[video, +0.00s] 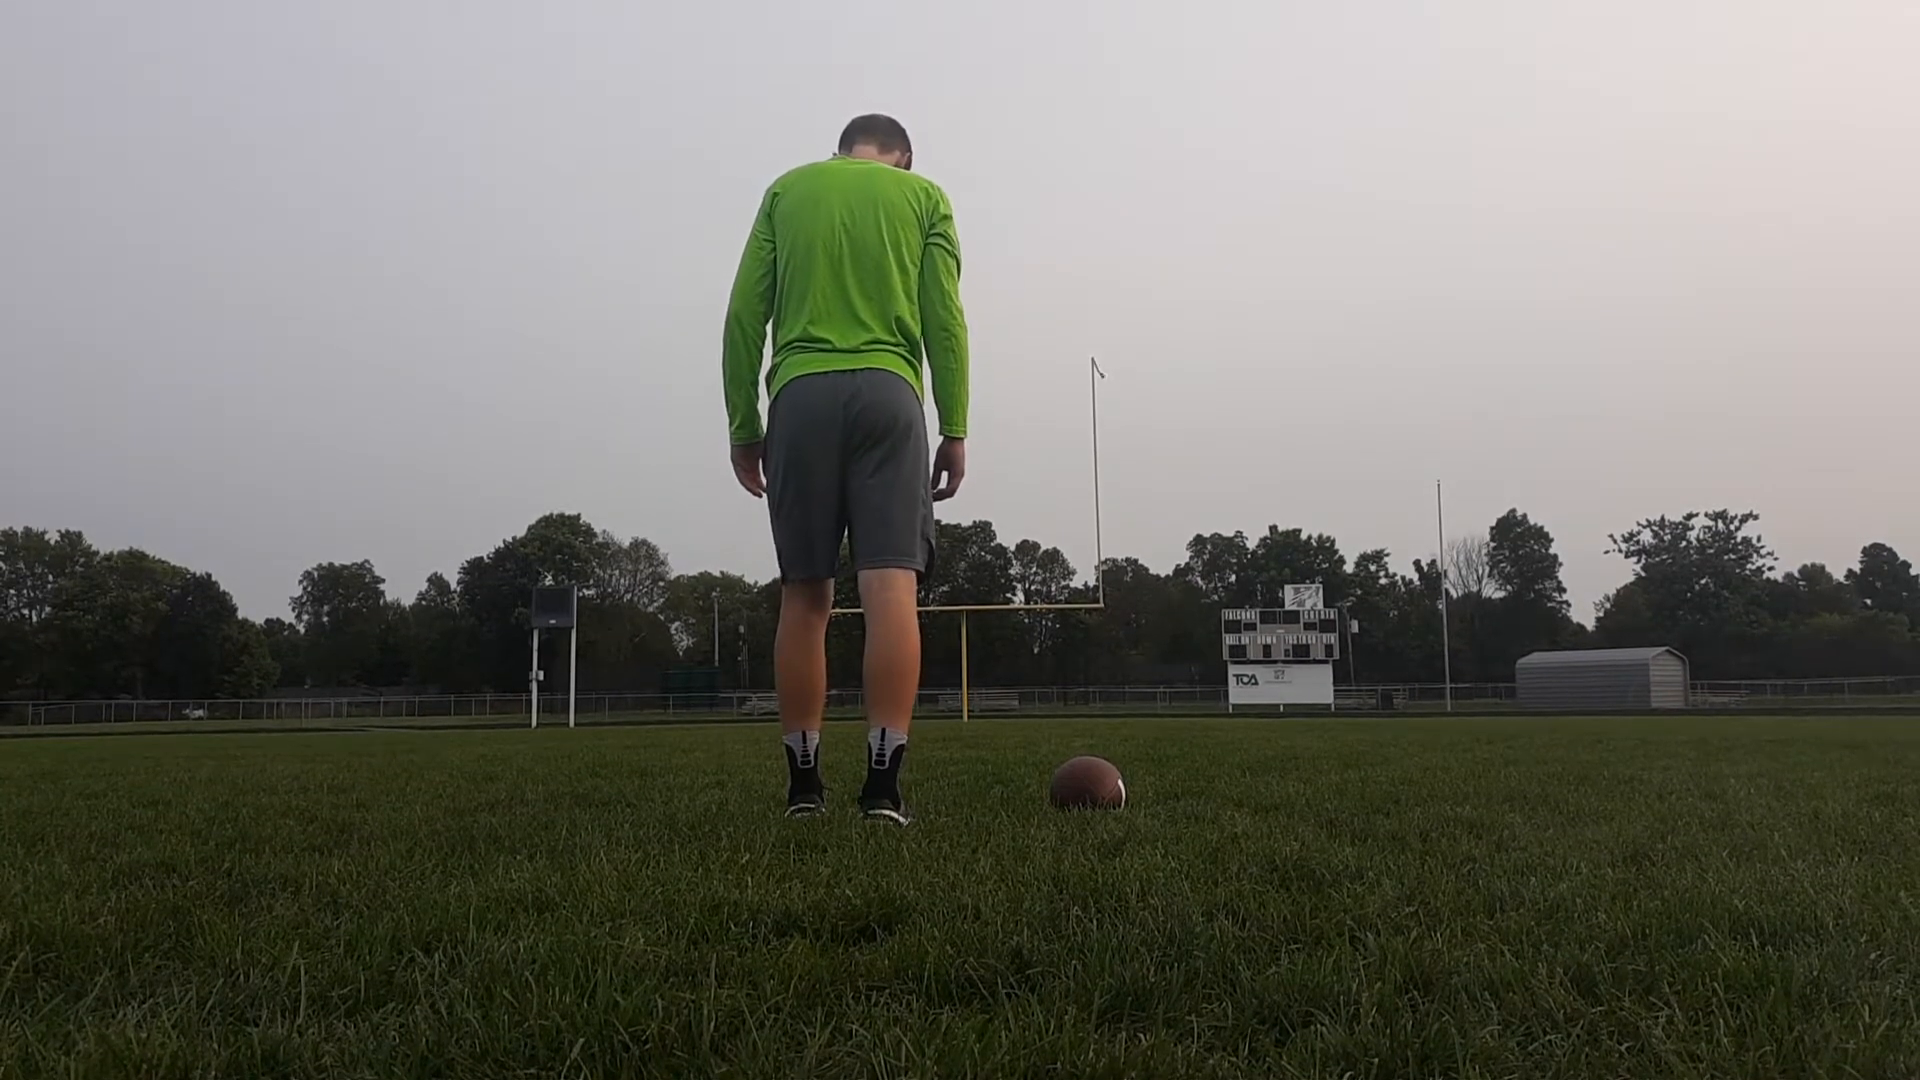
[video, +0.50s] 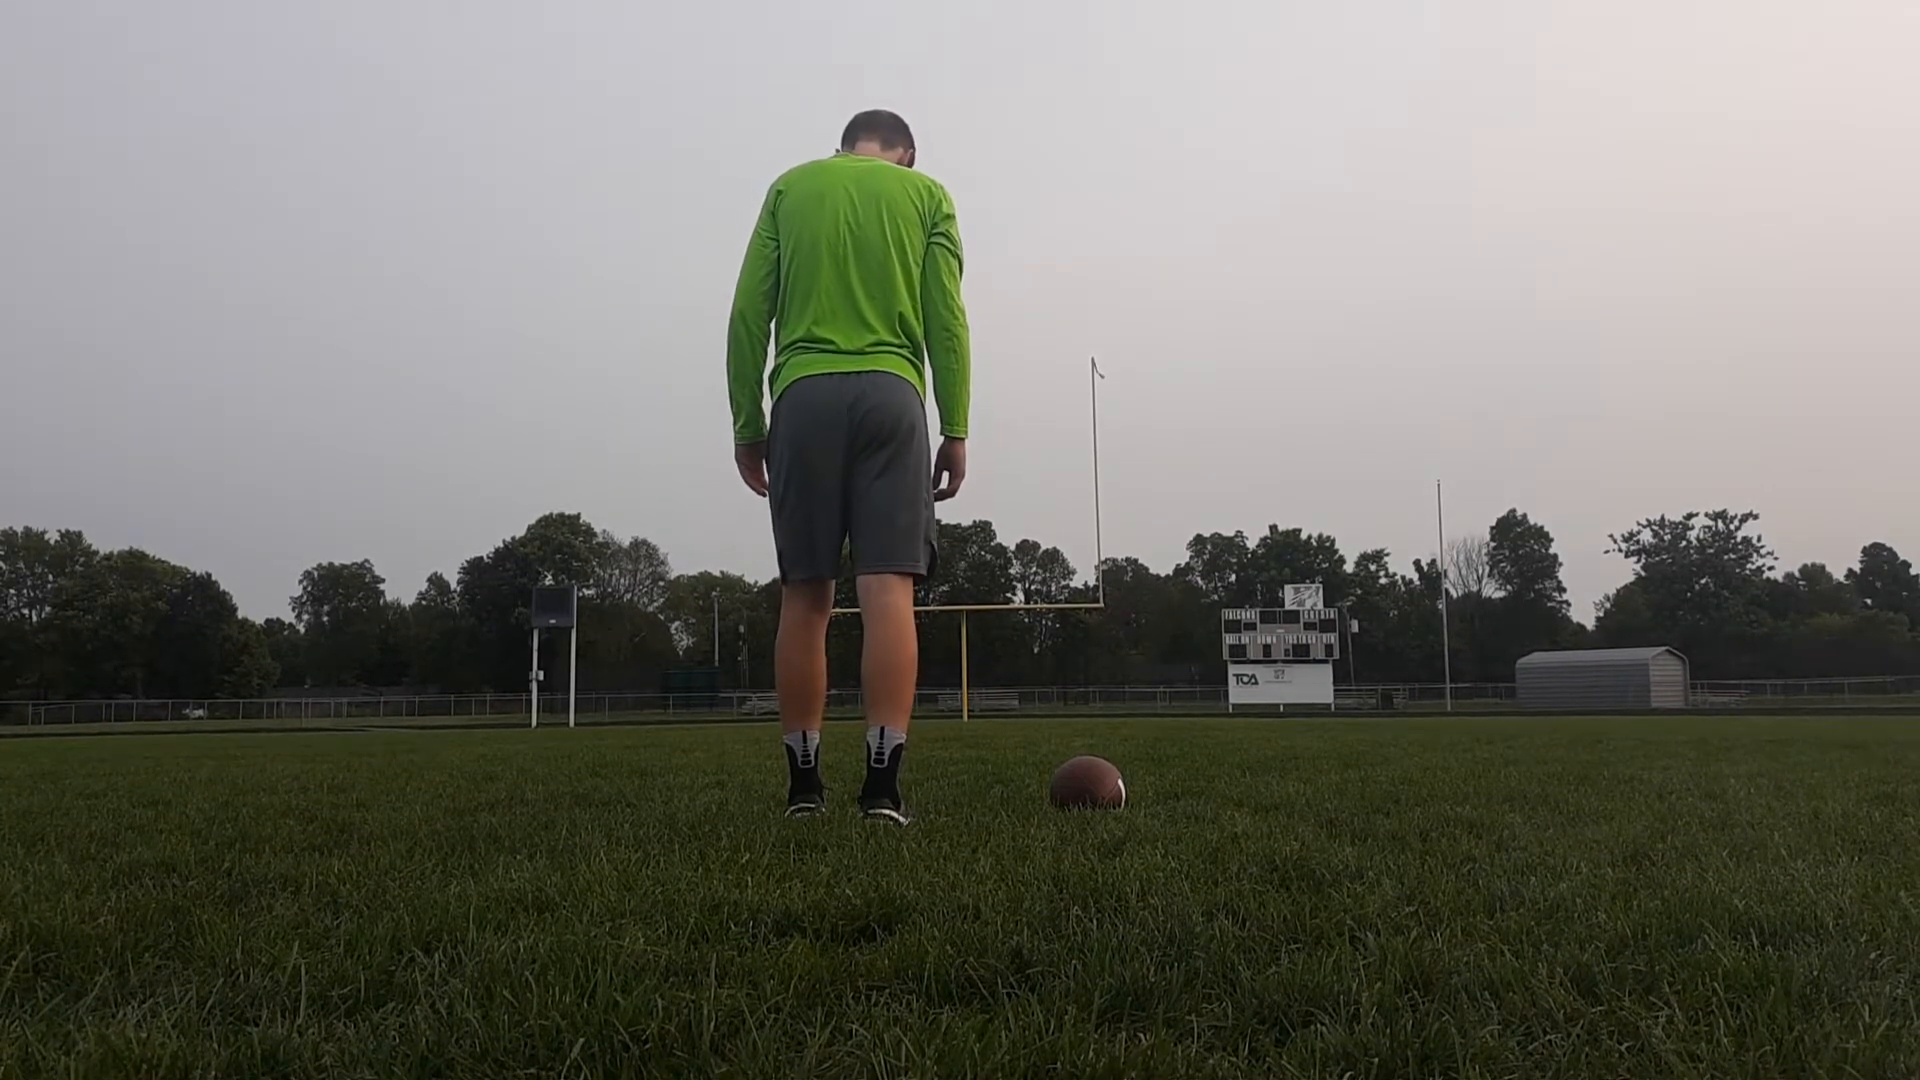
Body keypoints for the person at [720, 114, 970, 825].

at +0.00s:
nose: (907, 176)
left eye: (901, 165)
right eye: (908, 166)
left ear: (841, 148)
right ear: (902, 155)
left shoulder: (787, 187)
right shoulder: (923, 193)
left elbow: (745, 311)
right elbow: (943, 313)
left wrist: (743, 427)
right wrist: (955, 429)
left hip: (801, 396)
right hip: (888, 394)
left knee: (804, 595)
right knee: (890, 591)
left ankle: (804, 787)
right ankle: (883, 792)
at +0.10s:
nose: (908, 176)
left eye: (904, 166)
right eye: (909, 165)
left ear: (842, 147)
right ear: (901, 154)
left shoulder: (788, 187)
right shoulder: (922, 192)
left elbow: (745, 312)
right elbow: (943, 312)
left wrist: (744, 428)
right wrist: (955, 429)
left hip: (802, 396)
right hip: (889, 394)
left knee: (805, 595)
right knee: (890, 591)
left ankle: (804, 786)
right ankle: (883, 789)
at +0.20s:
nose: (909, 174)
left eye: (904, 164)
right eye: (910, 164)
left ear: (842, 147)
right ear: (903, 153)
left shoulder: (789, 186)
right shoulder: (923, 192)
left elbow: (746, 311)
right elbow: (944, 313)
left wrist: (744, 427)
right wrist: (955, 428)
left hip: (802, 396)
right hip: (889, 394)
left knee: (805, 594)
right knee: (890, 590)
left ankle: (804, 786)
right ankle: (883, 788)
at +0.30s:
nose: (910, 174)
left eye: (905, 164)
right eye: (911, 163)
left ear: (843, 146)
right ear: (903, 152)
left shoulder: (789, 185)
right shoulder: (923, 191)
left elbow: (747, 311)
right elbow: (944, 311)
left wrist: (745, 426)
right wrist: (955, 428)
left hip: (803, 395)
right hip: (889, 394)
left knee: (805, 595)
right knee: (889, 591)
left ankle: (804, 786)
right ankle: (884, 789)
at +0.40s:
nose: (910, 173)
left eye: (906, 163)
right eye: (911, 163)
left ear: (843, 145)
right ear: (903, 151)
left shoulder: (790, 185)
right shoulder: (924, 191)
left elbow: (748, 311)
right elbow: (944, 312)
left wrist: (746, 426)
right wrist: (955, 428)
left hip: (804, 396)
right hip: (890, 395)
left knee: (805, 597)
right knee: (888, 593)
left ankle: (804, 786)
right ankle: (883, 791)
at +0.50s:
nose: (910, 174)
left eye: (905, 164)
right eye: (911, 164)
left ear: (844, 145)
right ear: (904, 152)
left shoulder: (790, 184)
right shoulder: (925, 192)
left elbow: (749, 310)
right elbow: (945, 314)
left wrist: (748, 425)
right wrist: (956, 428)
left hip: (804, 395)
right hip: (891, 394)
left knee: (805, 595)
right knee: (888, 591)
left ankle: (804, 785)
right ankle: (883, 791)